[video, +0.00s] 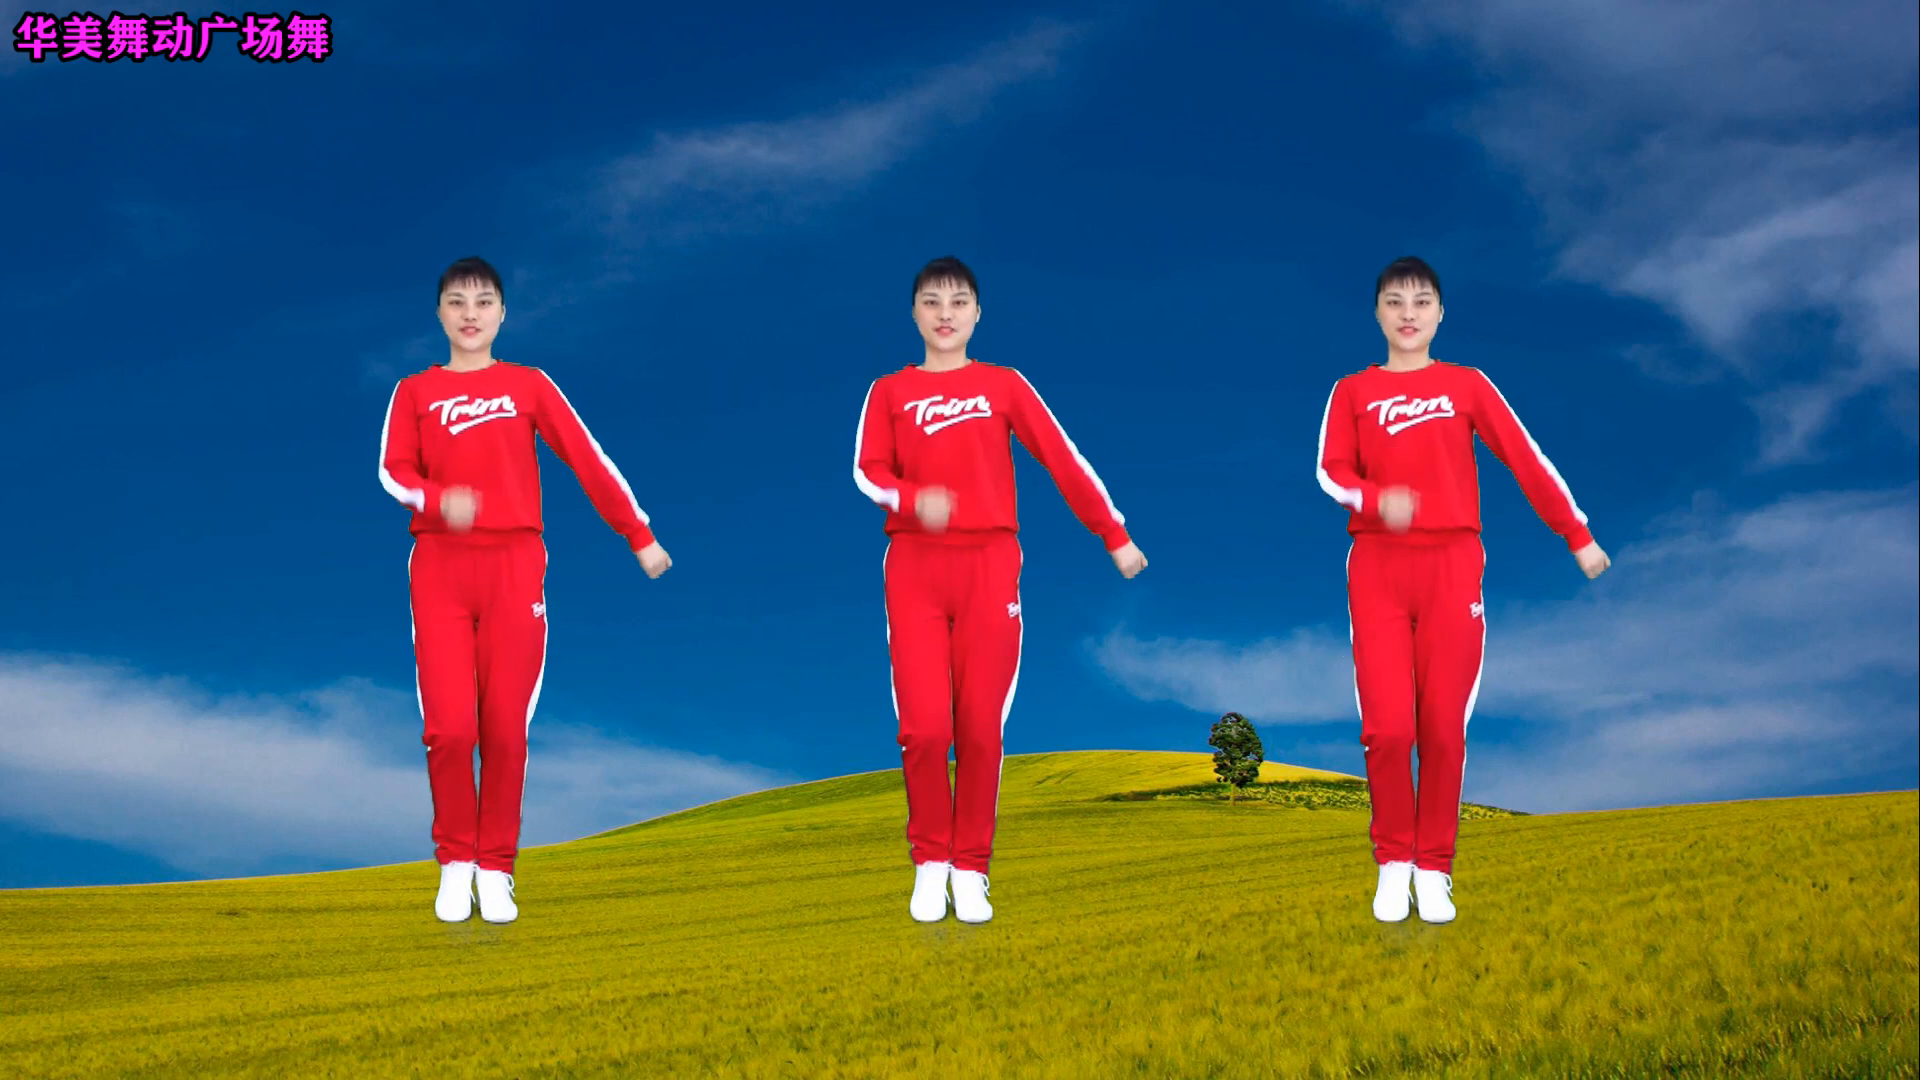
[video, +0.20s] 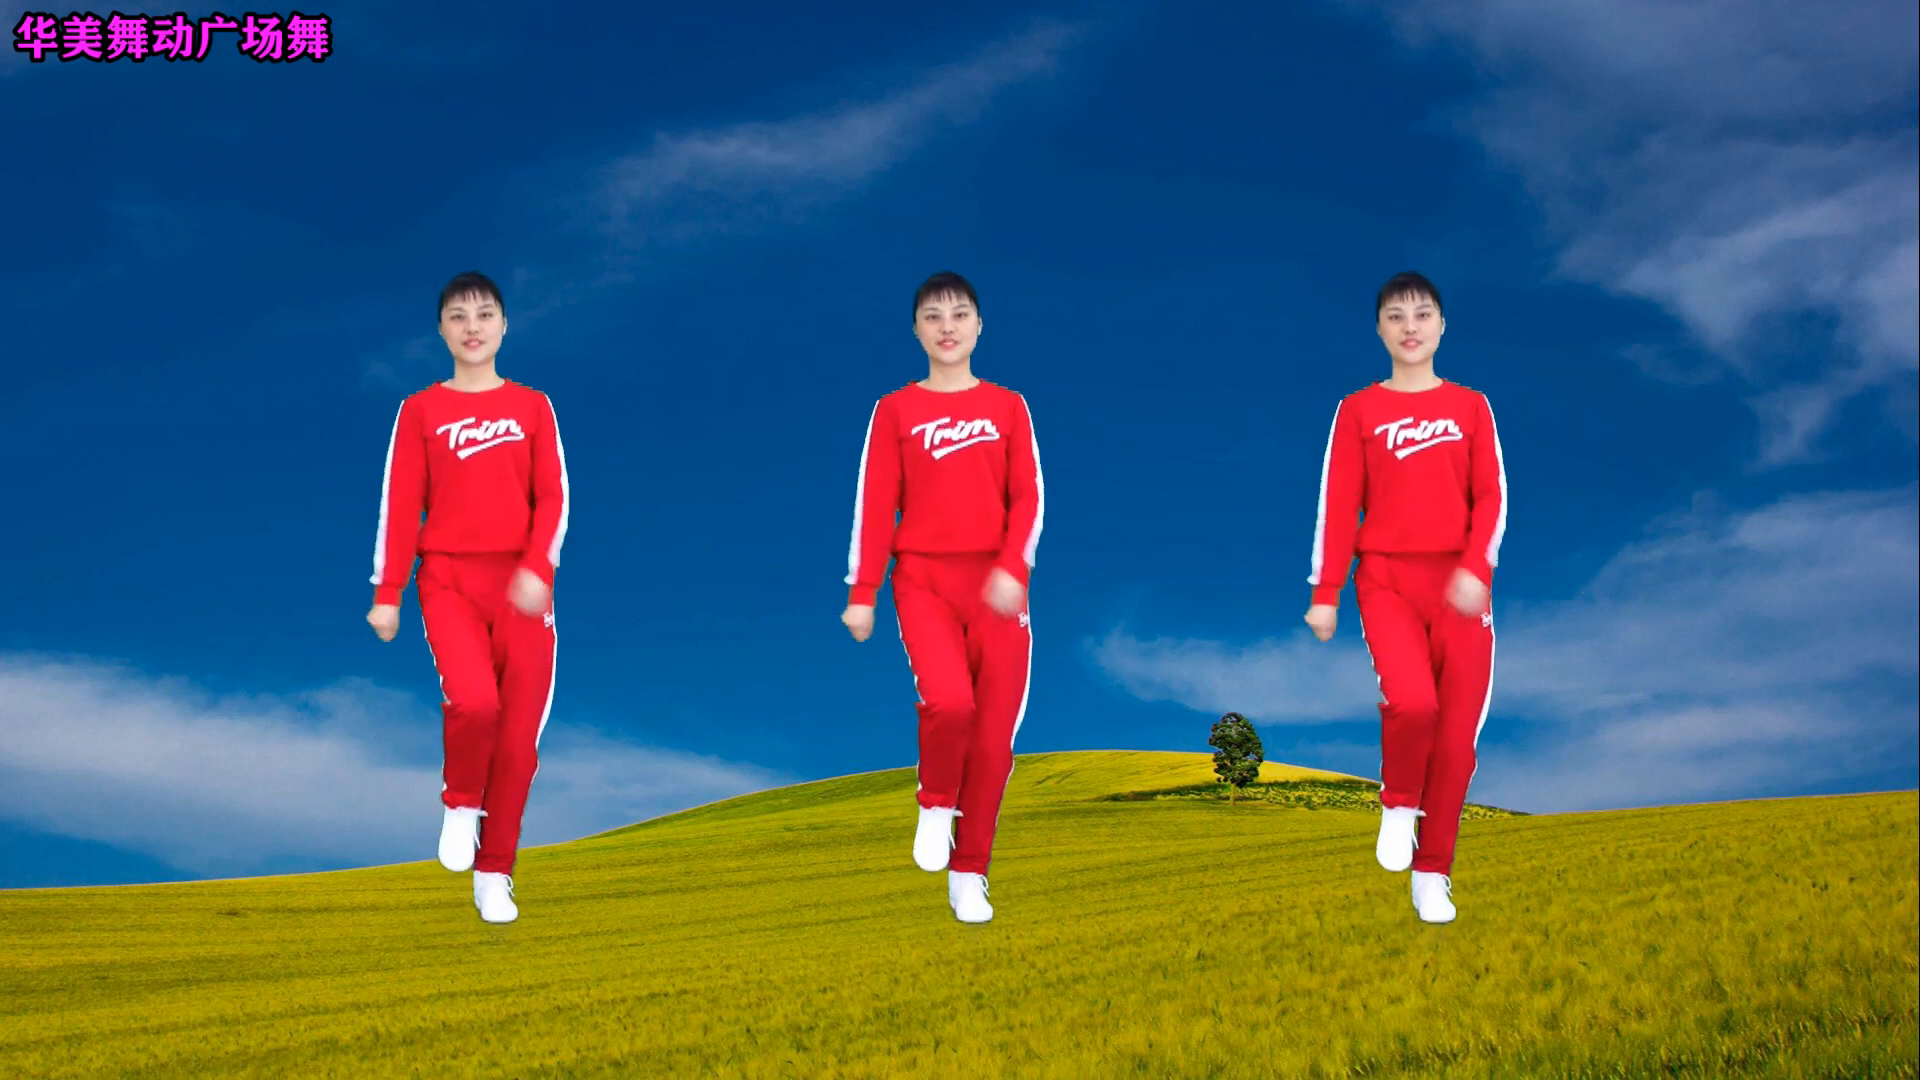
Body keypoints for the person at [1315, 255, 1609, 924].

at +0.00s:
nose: (1408, 313)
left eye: (1421, 302)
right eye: (1395, 302)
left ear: (1439, 313)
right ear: (1379, 314)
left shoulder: (1468, 385)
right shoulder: (1352, 390)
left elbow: (1528, 460)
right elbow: (1331, 472)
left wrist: (1579, 536)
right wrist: (1374, 497)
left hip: (1452, 569)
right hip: (1377, 571)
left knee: (1443, 725)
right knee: (1386, 726)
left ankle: (1434, 867)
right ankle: (1393, 862)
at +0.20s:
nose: (1410, 326)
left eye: (1422, 315)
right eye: (1397, 316)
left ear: (1440, 325)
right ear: (1381, 329)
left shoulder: (1472, 405)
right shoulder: (1357, 409)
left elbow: (1493, 495)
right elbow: (1337, 504)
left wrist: (1477, 568)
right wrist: (1326, 592)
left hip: (1461, 578)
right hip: (1384, 578)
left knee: (1460, 730)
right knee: (1413, 704)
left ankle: (1433, 869)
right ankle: (1400, 805)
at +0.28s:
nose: (1409, 313)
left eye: (1421, 302)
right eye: (1396, 304)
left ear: (1440, 312)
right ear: (1381, 318)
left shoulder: (1472, 391)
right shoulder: (1356, 399)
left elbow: (1500, 475)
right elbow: (1316, 484)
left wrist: (1450, 497)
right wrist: (1288, 569)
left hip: (1461, 571)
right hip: (1385, 570)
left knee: (1455, 723)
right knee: (1412, 697)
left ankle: (1435, 868)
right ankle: (1404, 806)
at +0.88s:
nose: (1398, 326)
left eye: (1411, 316)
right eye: (1386, 316)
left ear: (1429, 327)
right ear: (1369, 329)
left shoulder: (1457, 403)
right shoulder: (1343, 411)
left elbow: (1473, 497)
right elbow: (1327, 493)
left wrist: (1487, 589)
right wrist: (1366, 538)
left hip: (1430, 584)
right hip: (1356, 587)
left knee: (1402, 714)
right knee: (1356, 735)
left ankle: (1429, 807)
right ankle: (1392, 866)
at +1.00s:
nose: (1397, 308)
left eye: (1409, 298)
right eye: (1385, 298)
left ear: (1428, 311)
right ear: (1368, 310)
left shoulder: (1459, 387)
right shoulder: (1340, 393)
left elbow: (1507, 471)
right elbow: (1301, 471)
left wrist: (1540, 558)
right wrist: (1361, 443)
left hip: (1434, 564)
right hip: (1359, 565)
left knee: (1405, 704)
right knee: (1365, 723)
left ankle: (1427, 809)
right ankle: (1392, 863)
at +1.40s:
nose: (1406, 306)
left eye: (1417, 296)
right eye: (1393, 297)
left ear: (1436, 308)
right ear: (1376, 311)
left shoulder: (1469, 385)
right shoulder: (1353, 394)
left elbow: (1503, 476)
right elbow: (1345, 479)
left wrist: (1529, 564)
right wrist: (1375, 541)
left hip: (1456, 566)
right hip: (1379, 569)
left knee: (1447, 725)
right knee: (1388, 723)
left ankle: (1436, 868)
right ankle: (1394, 856)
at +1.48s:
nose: (1409, 317)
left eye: (1421, 307)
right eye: (1396, 309)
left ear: (1439, 320)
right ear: (1379, 323)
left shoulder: (1470, 397)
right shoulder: (1354, 408)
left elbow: (1482, 489)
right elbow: (1346, 502)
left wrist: (1476, 577)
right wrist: (1346, 588)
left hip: (1459, 578)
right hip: (1385, 579)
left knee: (1452, 730)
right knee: (1398, 715)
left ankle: (1435, 868)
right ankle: (1398, 812)